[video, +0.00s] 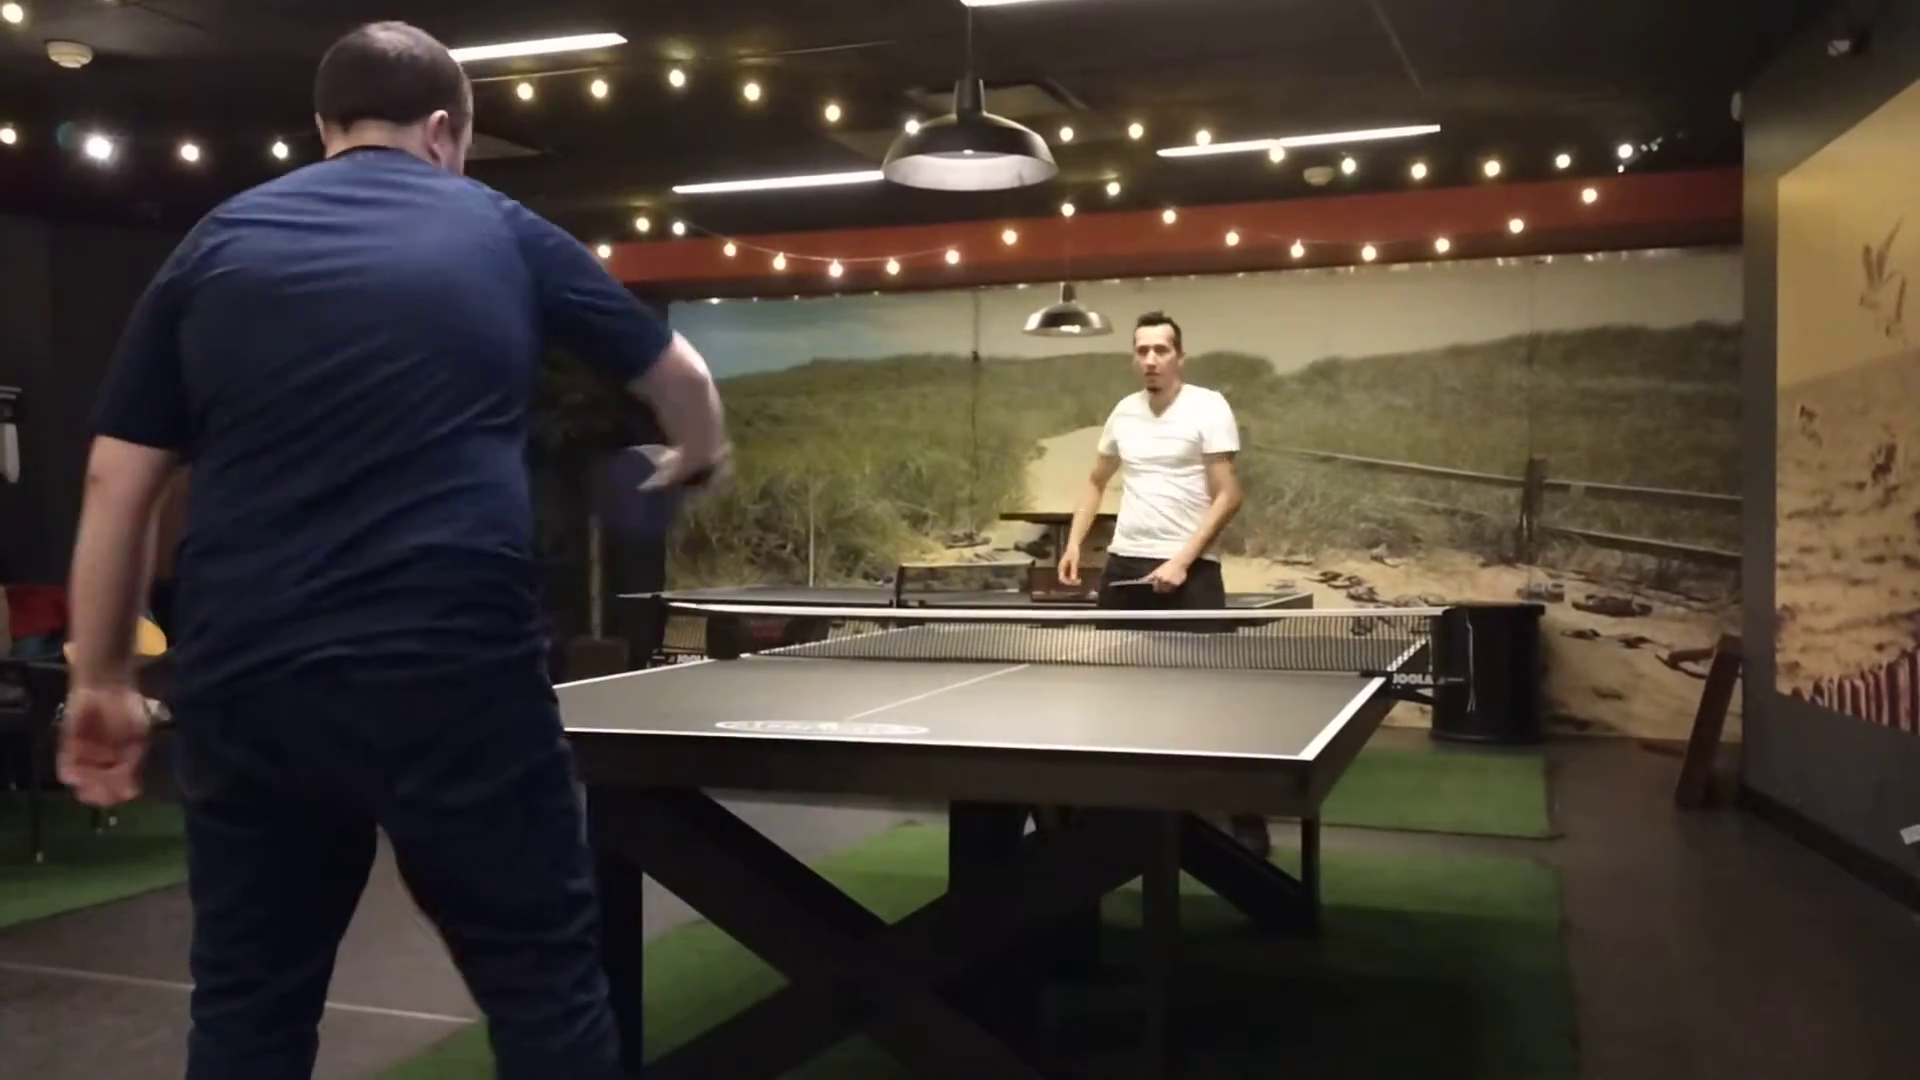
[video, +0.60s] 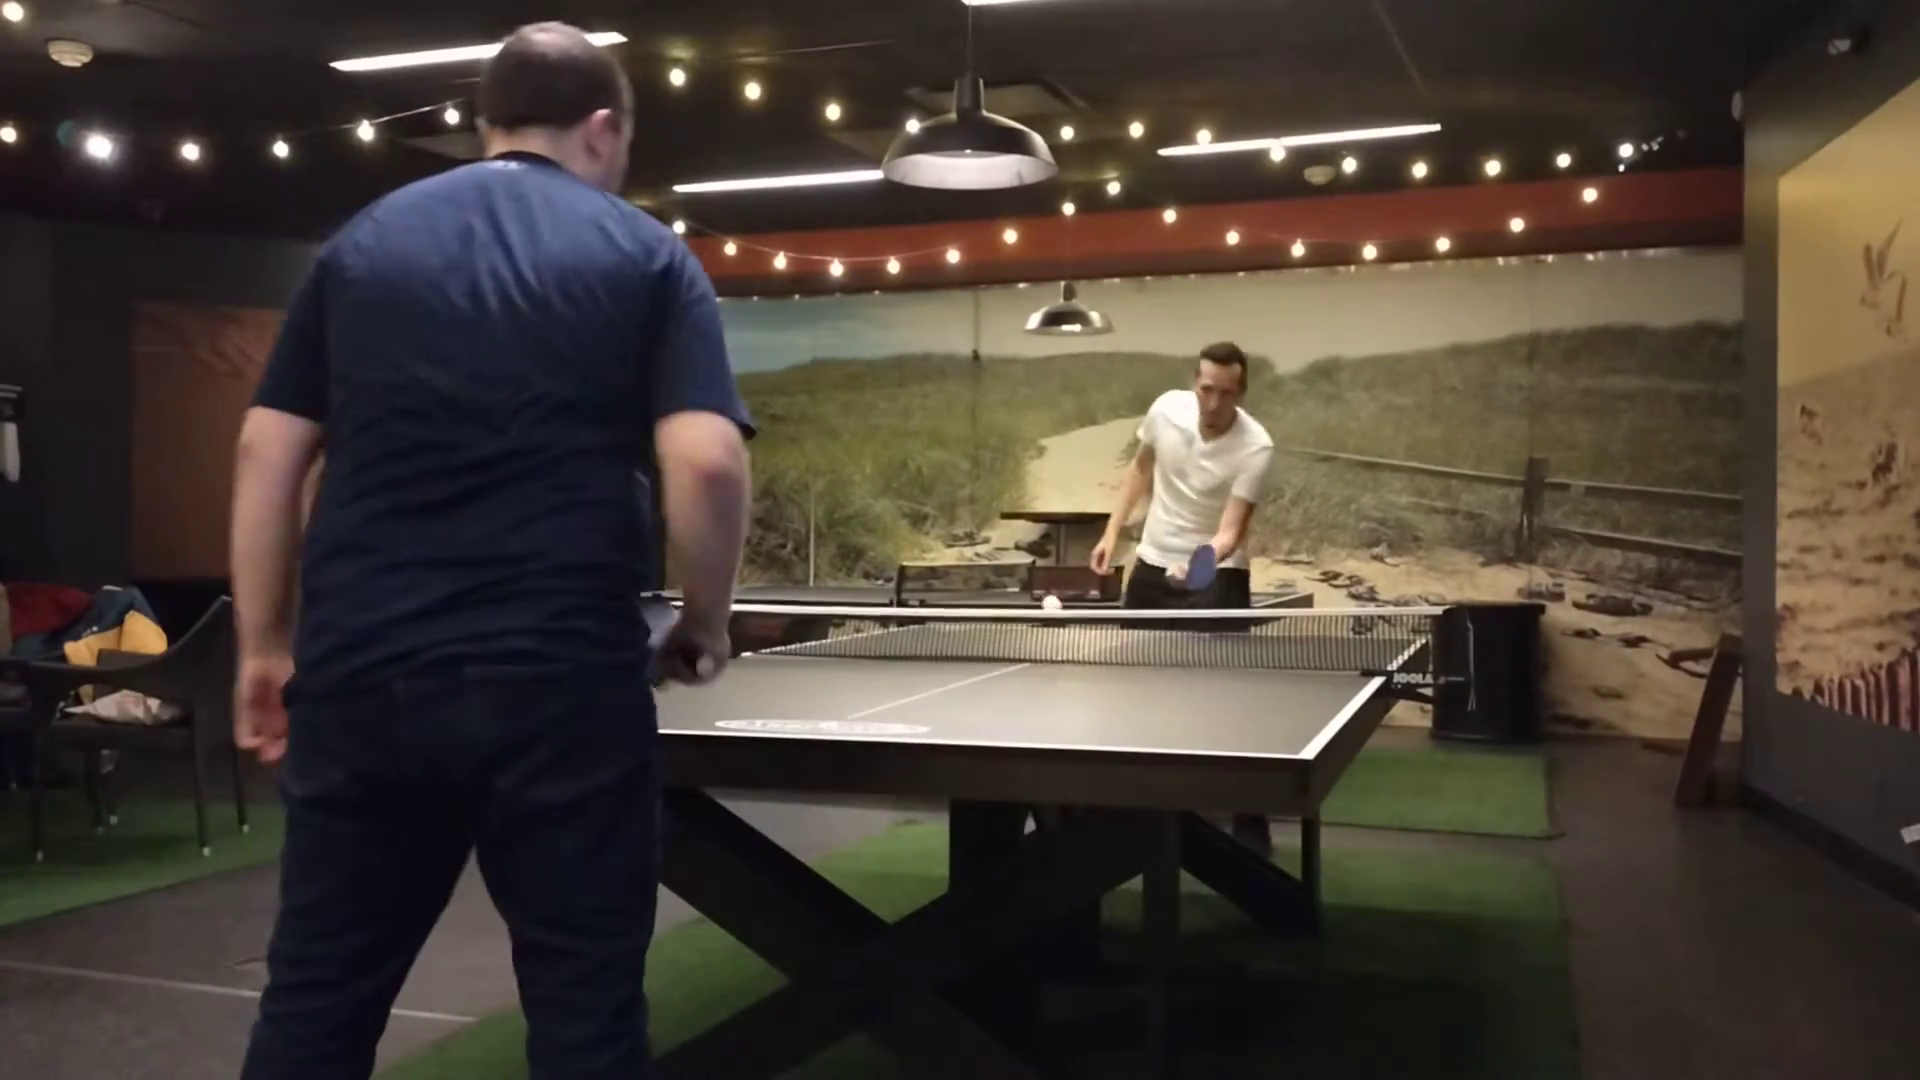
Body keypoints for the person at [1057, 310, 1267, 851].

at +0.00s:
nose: (1150, 359)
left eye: (1160, 350)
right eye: (1142, 350)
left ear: (1179, 356)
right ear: (1133, 358)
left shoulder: (1208, 407)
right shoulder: (1123, 414)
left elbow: (1228, 495)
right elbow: (1096, 482)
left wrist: (1183, 559)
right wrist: (1073, 544)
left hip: (1190, 573)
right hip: (1125, 571)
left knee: (1213, 692)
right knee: (1117, 688)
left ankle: (1246, 827)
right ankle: (1113, 818)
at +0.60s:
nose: (1212, 401)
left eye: (1224, 393)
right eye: (1205, 389)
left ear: (1241, 393)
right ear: (1194, 382)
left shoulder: (1254, 447)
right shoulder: (1168, 410)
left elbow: (1232, 530)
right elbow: (1141, 470)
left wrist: (1197, 565)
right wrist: (1111, 533)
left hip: (1216, 577)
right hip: (1152, 569)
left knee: (1227, 691)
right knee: (1130, 681)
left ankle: (1247, 827)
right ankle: (1119, 810)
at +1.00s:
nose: (1256, 369)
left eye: (1269, 360)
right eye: (1250, 356)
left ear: (1288, 362)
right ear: (1237, 352)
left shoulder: (1307, 422)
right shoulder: (1205, 390)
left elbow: (1310, 517)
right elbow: (1175, 460)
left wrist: (1264, 582)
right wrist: (1156, 532)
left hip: (1252, 574)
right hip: (1180, 563)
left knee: (1248, 704)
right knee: (1164, 691)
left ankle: (1252, 837)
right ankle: (1159, 823)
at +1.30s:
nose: (1257, 355)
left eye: (1268, 343)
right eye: (1247, 343)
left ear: (1285, 345)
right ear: (1232, 344)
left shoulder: (1312, 403)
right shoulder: (1200, 398)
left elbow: (1330, 489)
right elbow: (1150, 475)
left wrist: (1340, 557)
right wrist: (1156, 552)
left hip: (1277, 565)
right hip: (1209, 561)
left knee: (1267, 697)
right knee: (1215, 693)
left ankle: (1251, 830)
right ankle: (1210, 827)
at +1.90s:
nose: (1205, 416)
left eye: (1214, 403)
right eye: (1192, 407)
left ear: (1236, 387)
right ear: (1179, 397)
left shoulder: (1275, 406)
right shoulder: (1168, 427)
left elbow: (1312, 469)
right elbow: (1171, 527)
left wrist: (1316, 528)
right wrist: (1186, 611)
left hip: (1283, 571)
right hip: (1216, 568)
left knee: (1276, 701)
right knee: (1209, 694)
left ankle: (1250, 842)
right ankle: (1209, 829)